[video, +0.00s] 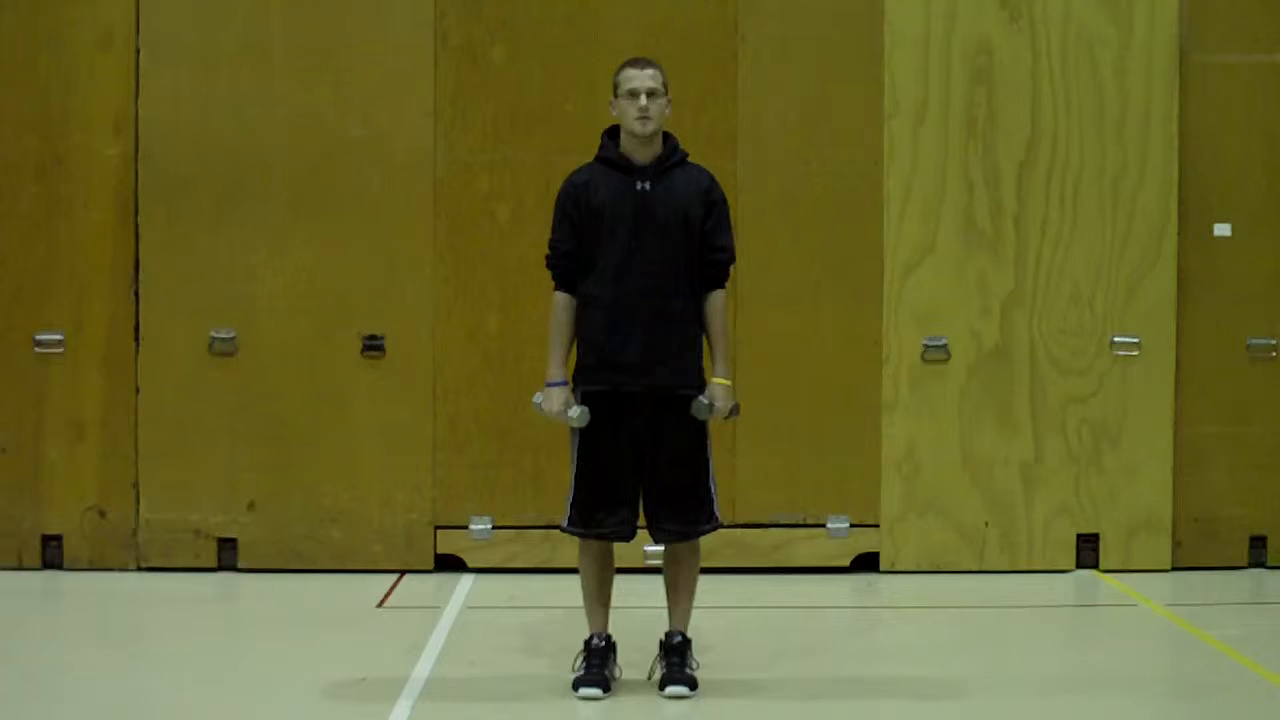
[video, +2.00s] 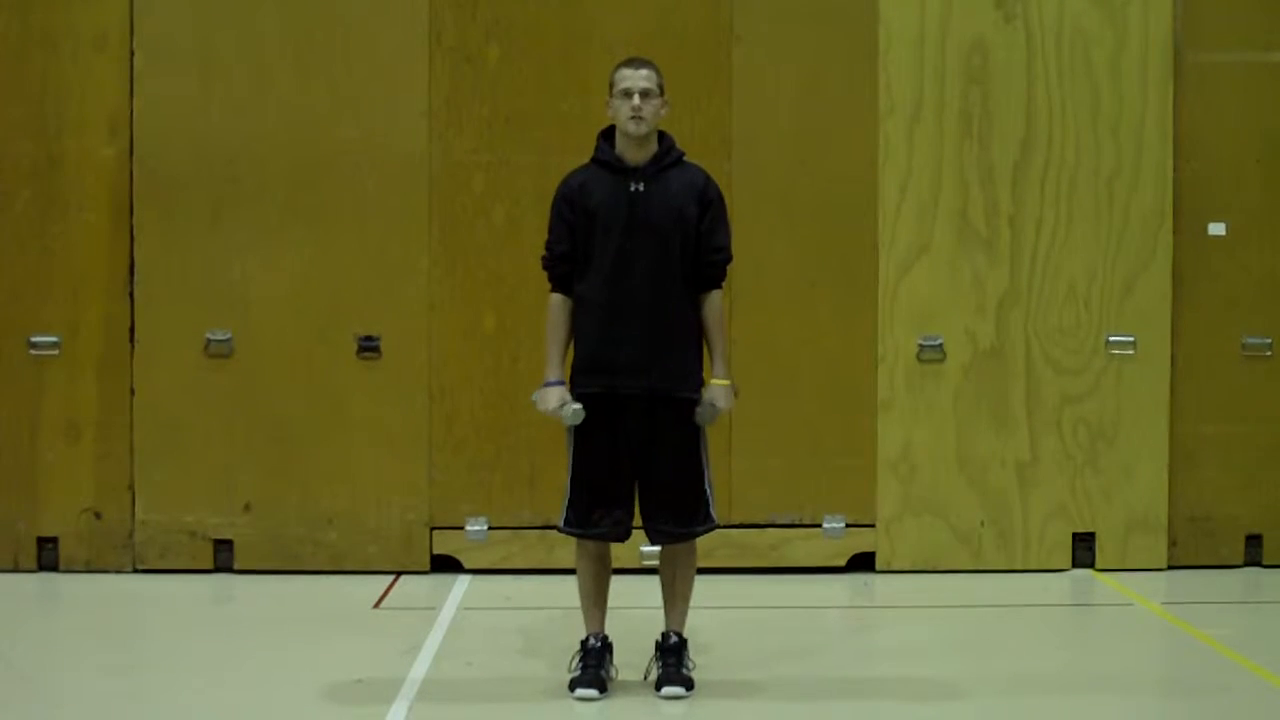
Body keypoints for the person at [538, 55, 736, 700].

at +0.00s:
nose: (645, 105)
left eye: (654, 95)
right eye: (633, 96)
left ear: (669, 106)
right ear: (614, 106)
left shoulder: (699, 186)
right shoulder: (583, 187)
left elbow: (714, 287)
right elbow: (565, 289)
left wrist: (722, 374)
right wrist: (556, 378)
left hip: (677, 383)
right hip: (601, 383)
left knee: (681, 522)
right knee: (596, 521)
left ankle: (677, 646)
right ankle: (597, 646)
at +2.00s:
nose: (637, 104)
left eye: (647, 94)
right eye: (626, 95)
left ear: (664, 106)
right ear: (609, 106)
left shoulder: (696, 187)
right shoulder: (578, 188)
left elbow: (711, 287)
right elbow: (561, 290)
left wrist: (720, 373)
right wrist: (553, 377)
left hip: (674, 384)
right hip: (597, 383)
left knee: (678, 523)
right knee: (594, 521)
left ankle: (674, 647)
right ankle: (594, 647)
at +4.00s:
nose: (639, 108)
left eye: (649, 98)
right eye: (628, 98)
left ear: (664, 109)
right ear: (609, 108)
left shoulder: (694, 188)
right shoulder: (577, 190)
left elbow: (710, 289)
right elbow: (560, 293)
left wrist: (719, 374)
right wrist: (554, 381)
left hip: (674, 385)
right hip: (598, 385)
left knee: (678, 524)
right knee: (593, 523)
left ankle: (673, 648)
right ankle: (594, 648)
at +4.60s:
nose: (644, 107)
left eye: (654, 99)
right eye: (633, 97)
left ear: (667, 110)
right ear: (612, 107)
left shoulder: (694, 187)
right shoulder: (579, 187)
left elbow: (710, 286)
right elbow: (560, 289)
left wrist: (721, 368)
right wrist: (553, 375)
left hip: (674, 382)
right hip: (598, 383)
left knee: (678, 522)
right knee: (593, 520)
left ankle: (673, 646)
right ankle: (594, 646)